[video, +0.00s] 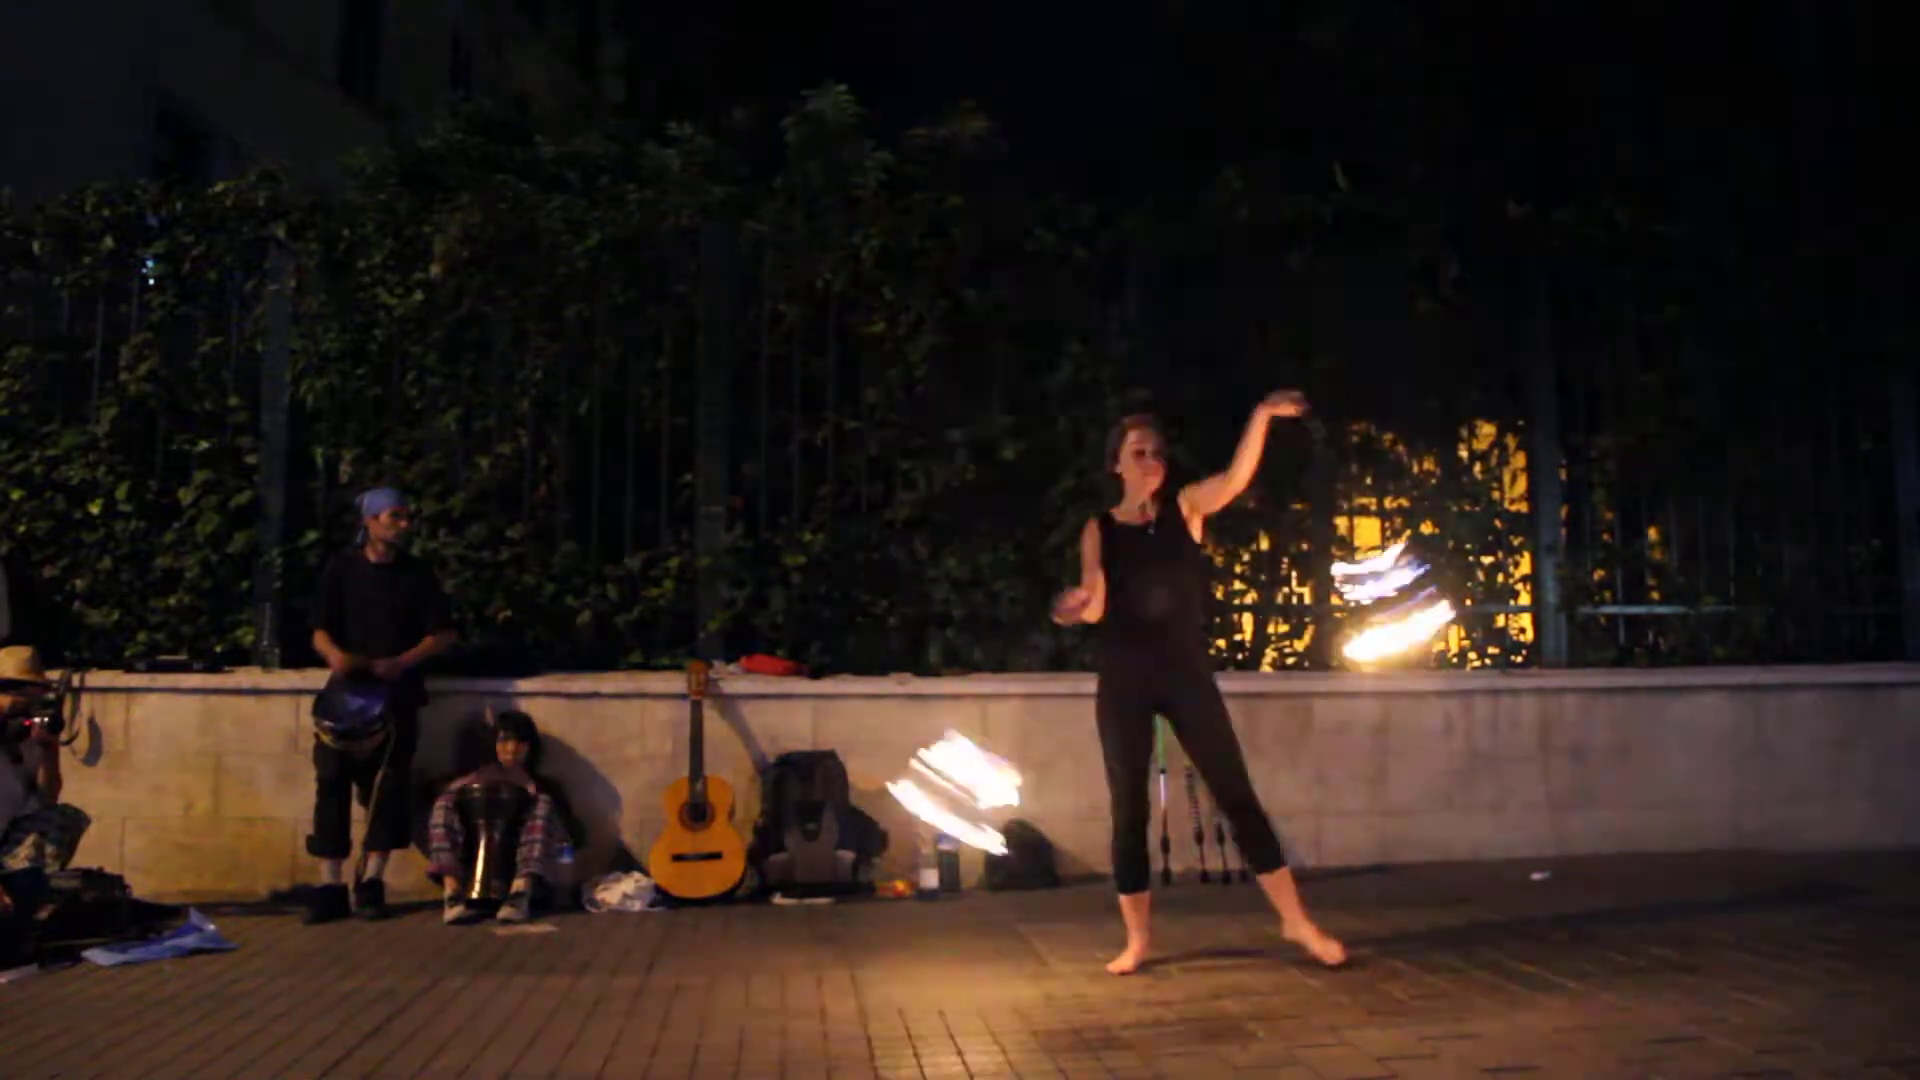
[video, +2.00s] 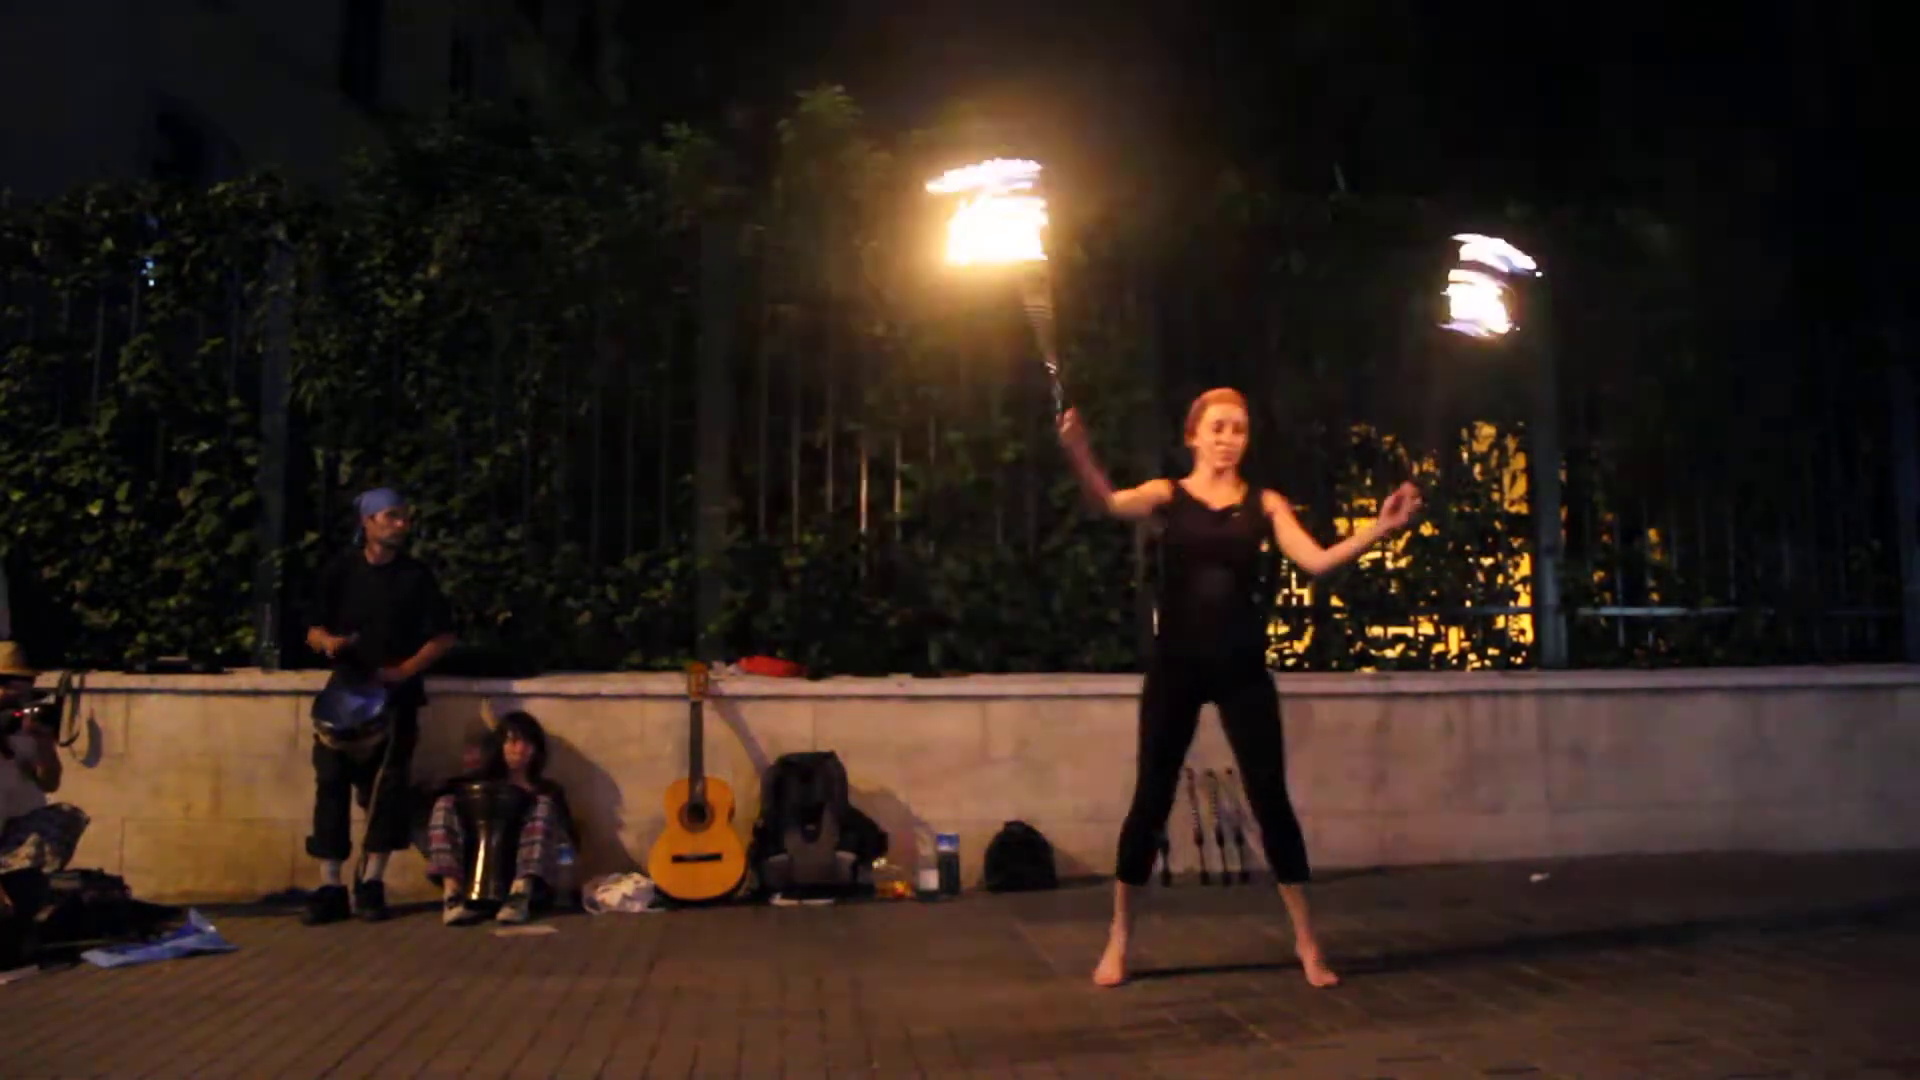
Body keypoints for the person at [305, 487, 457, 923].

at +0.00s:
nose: (404, 524)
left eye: (406, 518)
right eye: (395, 518)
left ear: (405, 524)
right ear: (370, 521)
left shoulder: (418, 573)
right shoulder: (341, 570)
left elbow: (442, 635)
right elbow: (319, 630)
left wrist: (400, 663)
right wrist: (339, 659)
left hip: (396, 694)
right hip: (345, 691)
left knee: (390, 784)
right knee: (331, 783)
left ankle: (371, 880)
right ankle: (332, 882)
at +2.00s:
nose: (402, 524)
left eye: (404, 517)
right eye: (392, 518)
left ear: (406, 523)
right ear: (368, 522)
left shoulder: (416, 575)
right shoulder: (340, 572)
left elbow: (444, 637)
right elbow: (313, 630)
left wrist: (404, 669)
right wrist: (328, 642)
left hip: (395, 693)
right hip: (344, 689)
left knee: (388, 784)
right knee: (331, 782)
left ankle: (371, 880)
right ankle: (331, 883)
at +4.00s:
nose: (400, 523)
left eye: (402, 516)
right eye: (391, 516)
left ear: (401, 523)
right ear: (367, 521)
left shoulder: (415, 573)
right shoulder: (339, 571)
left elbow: (442, 636)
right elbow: (310, 628)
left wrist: (405, 669)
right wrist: (325, 637)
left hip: (395, 691)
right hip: (344, 688)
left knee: (388, 785)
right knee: (331, 783)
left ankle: (370, 880)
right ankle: (330, 883)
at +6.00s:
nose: (402, 525)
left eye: (405, 518)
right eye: (393, 518)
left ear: (406, 524)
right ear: (368, 522)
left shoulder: (418, 575)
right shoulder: (341, 571)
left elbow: (440, 636)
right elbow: (315, 626)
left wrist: (402, 662)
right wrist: (339, 649)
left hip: (396, 692)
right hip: (345, 689)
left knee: (389, 784)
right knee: (331, 783)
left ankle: (370, 880)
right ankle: (330, 883)